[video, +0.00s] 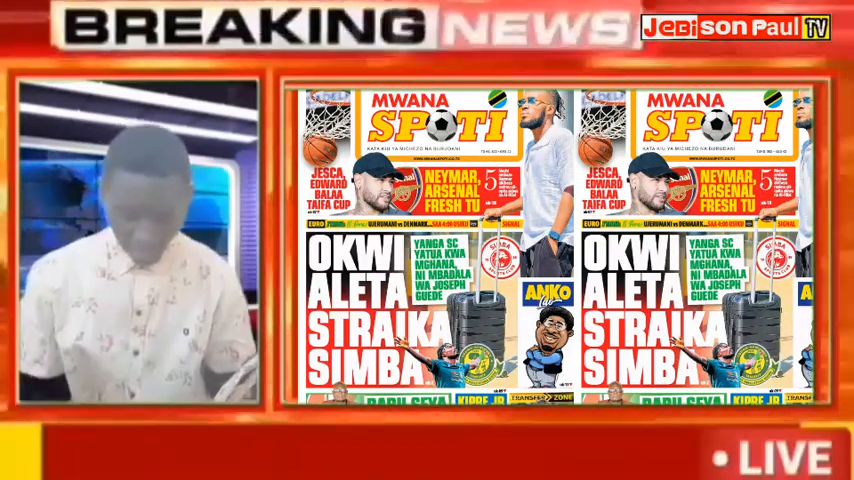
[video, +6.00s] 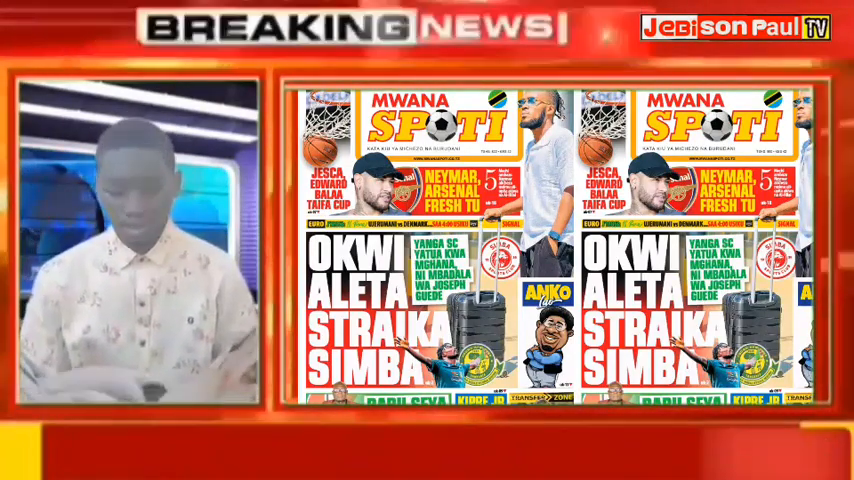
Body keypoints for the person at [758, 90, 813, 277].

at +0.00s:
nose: (799, 107)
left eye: (806, 101)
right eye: (797, 103)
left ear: (820, 107)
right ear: (794, 110)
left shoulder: (826, 148)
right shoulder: (806, 149)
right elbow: (804, 196)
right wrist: (777, 211)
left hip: (819, 239)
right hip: (804, 239)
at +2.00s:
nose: (799, 107)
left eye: (807, 101)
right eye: (797, 102)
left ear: (820, 106)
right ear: (794, 110)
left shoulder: (826, 147)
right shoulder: (806, 149)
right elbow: (805, 196)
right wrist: (777, 211)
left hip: (819, 240)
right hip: (804, 240)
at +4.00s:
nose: (799, 107)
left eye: (806, 101)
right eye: (797, 103)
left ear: (820, 107)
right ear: (794, 110)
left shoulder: (826, 148)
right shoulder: (806, 149)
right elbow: (805, 196)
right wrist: (777, 211)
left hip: (819, 239)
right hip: (804, 239)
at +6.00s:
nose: (799, 107)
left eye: (807, 101)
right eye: (797, 102)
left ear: (820, 107)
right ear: (794, 109)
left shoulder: (827, 148)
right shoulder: (806, 149)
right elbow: (805, 196)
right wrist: (777, 211)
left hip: (820, 239)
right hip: (804, 239)